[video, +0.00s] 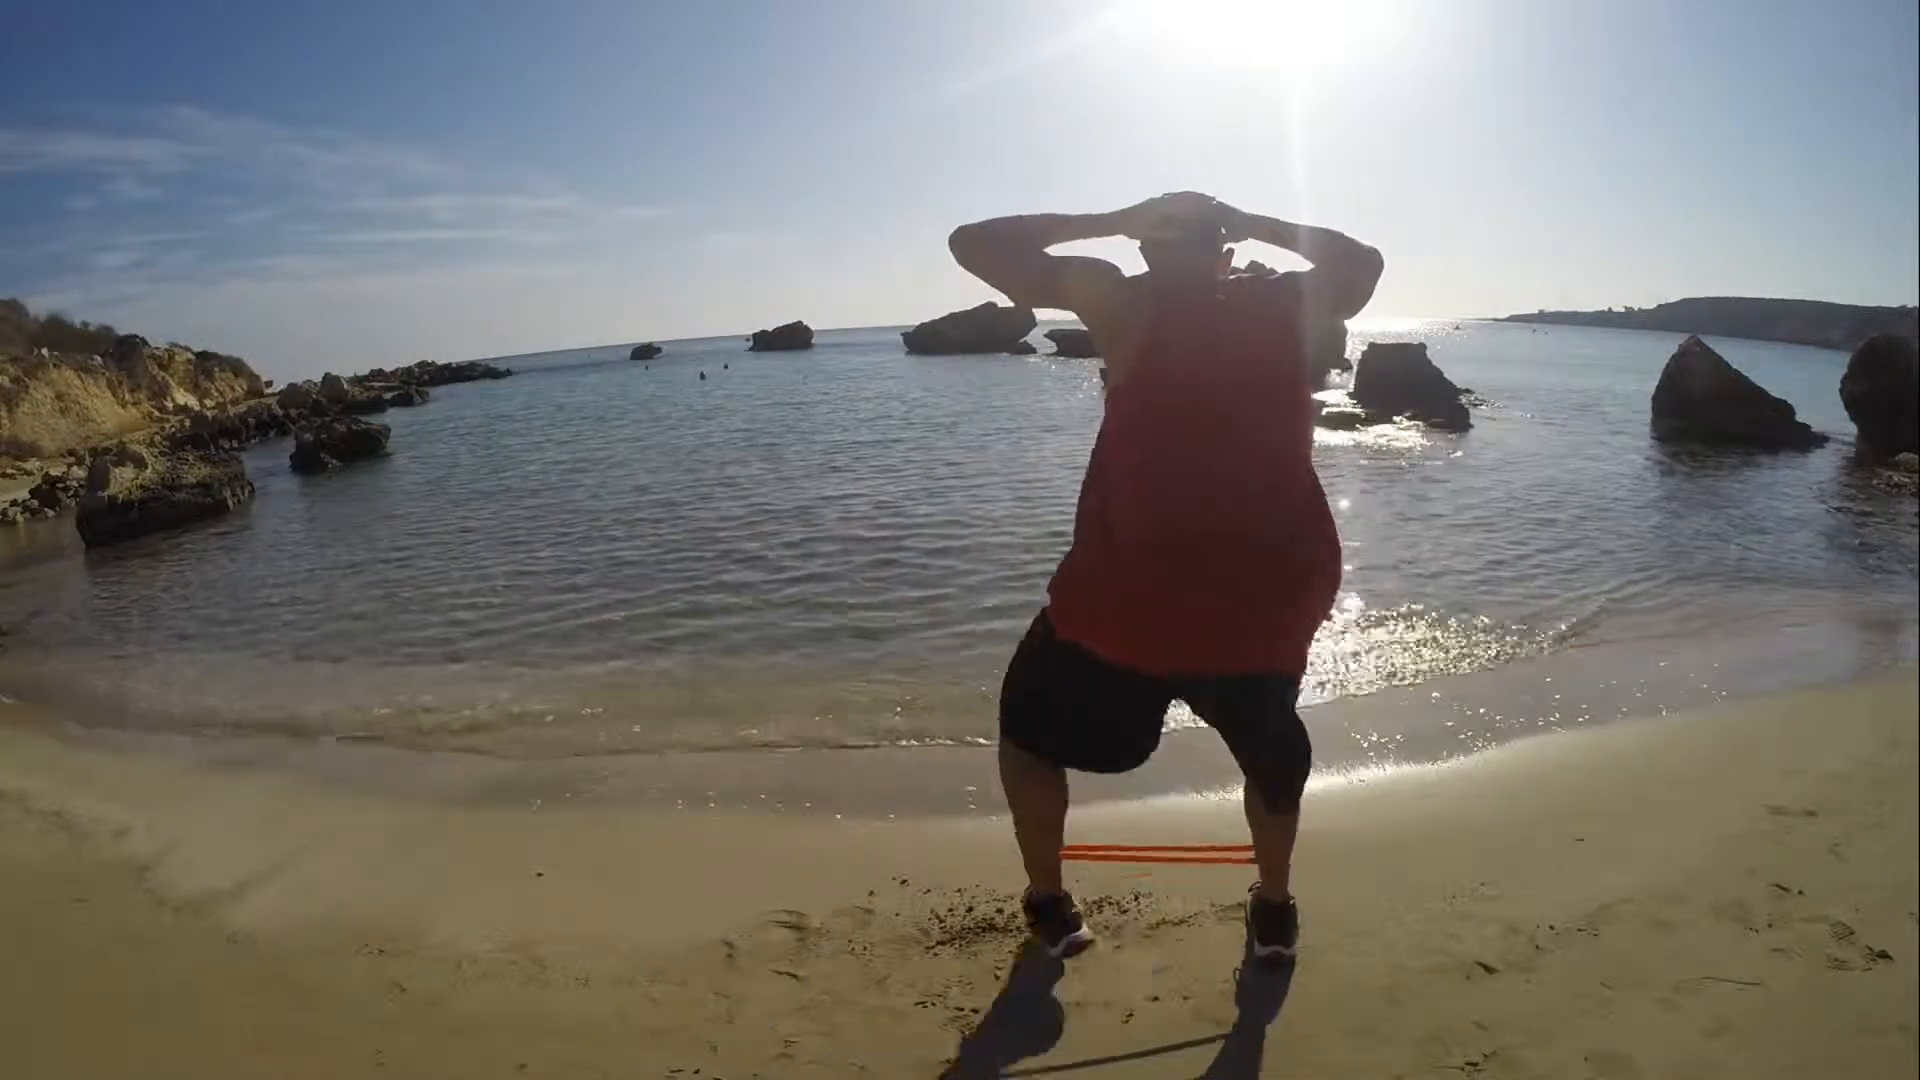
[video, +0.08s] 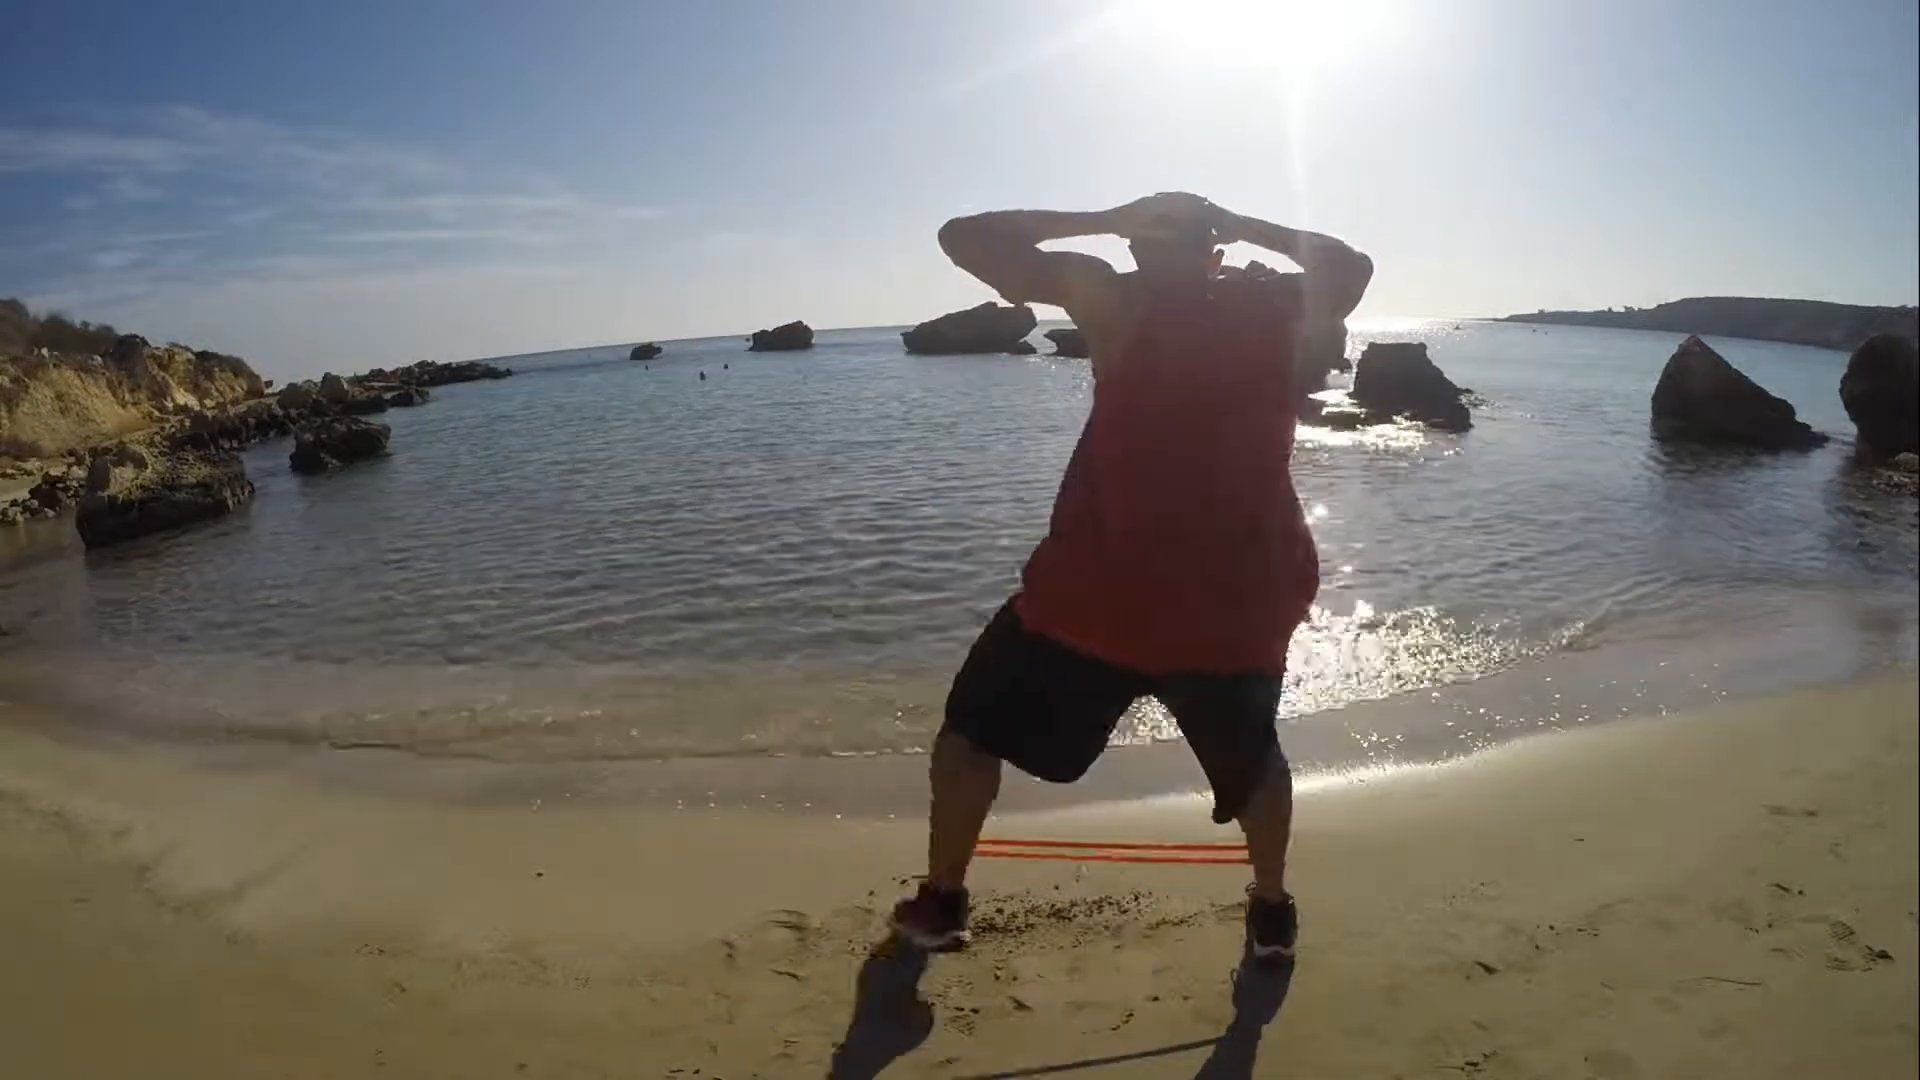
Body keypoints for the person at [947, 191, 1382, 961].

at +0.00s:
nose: (1159, 237)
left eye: (1161, 229)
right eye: (1168, 227)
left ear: (1152, 246)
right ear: (1227, 246)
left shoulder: (1120, 302)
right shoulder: (1293, 304)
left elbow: (974, 242)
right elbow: (1363, 261)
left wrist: (1113, 220)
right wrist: (1253, 223)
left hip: (1125, 583)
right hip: (1264, 592)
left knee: (1030, 725)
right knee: (1275, 751)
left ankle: (1046, 905)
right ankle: (1274, 907)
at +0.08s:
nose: (1148, 249)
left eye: (1151, 235)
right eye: (1156, 236)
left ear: (1139, 248)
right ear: (1218, 249)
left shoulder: (1110, 303)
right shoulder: (1281, 308)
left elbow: (968, 236)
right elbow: (1348, 265)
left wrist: (1109, 218)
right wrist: (1248, 227)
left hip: (1095, 574)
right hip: (1235, 589)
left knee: (971, 730)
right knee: (1253, 759)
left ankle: (941, 897)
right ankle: (1270, 904)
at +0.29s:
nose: (1100, 271)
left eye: (1094, 258)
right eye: (1105, 257)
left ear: (1065, 271)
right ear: (1143, 274)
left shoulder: (1024, 327)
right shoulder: (1196, 332)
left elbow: (885, 263)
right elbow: (1288, 291)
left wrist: (1026, 244)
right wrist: (1182, 252)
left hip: (1010, 607)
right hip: (1160, 622)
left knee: (850, 764)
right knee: (1228, 763)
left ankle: (761, 912)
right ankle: (1267, 906)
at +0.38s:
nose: (1046, 271)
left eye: (1038, 259)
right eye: (1054, 261)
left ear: (1005, 277)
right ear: (1090, 283)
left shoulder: (960, 337)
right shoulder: (1143, 339)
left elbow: (831, 273)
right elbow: (1233, 296)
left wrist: (974, 250)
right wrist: (1119, 252)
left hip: (965, 634)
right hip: (1119, 639)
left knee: (824, 776)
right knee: (1210, 771)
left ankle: (750, 935)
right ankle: (1264, 910)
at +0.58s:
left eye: (872, 229)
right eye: (924, 231)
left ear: (852, 244)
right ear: (938, 249)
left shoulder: (800, 305)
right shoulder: (992, 305)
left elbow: (685, 244)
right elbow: (1104, 260)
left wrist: (820, 219)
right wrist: (976, 222)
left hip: (831, 612)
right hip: (988, 601)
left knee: (758, 776)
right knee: (1098, 750)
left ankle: (741, 944)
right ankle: (1157, 903)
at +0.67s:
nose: (890, 238)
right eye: (896, 229)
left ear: (813, 241)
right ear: (905, 242)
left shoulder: (767, 300)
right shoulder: (955, 297)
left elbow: (654, 241)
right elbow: (1072, 249)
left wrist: (783, 213)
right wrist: (937, 212)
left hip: (801, 601)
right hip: (953, 593)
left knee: (747, 778)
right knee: (1023, 756)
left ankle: (738, 944)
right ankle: (1035, 913)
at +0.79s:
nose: (863, 235)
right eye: (869, 226)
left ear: (786, 237)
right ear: (877, 238)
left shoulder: (739, 298)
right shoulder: (927, 296)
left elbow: (628, 242)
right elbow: (1043, 244)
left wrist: (758, 212)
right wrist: (909, 209)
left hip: (764, 605)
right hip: (904, 605)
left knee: (727, 779)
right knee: (917, 747)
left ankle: (735, 942)